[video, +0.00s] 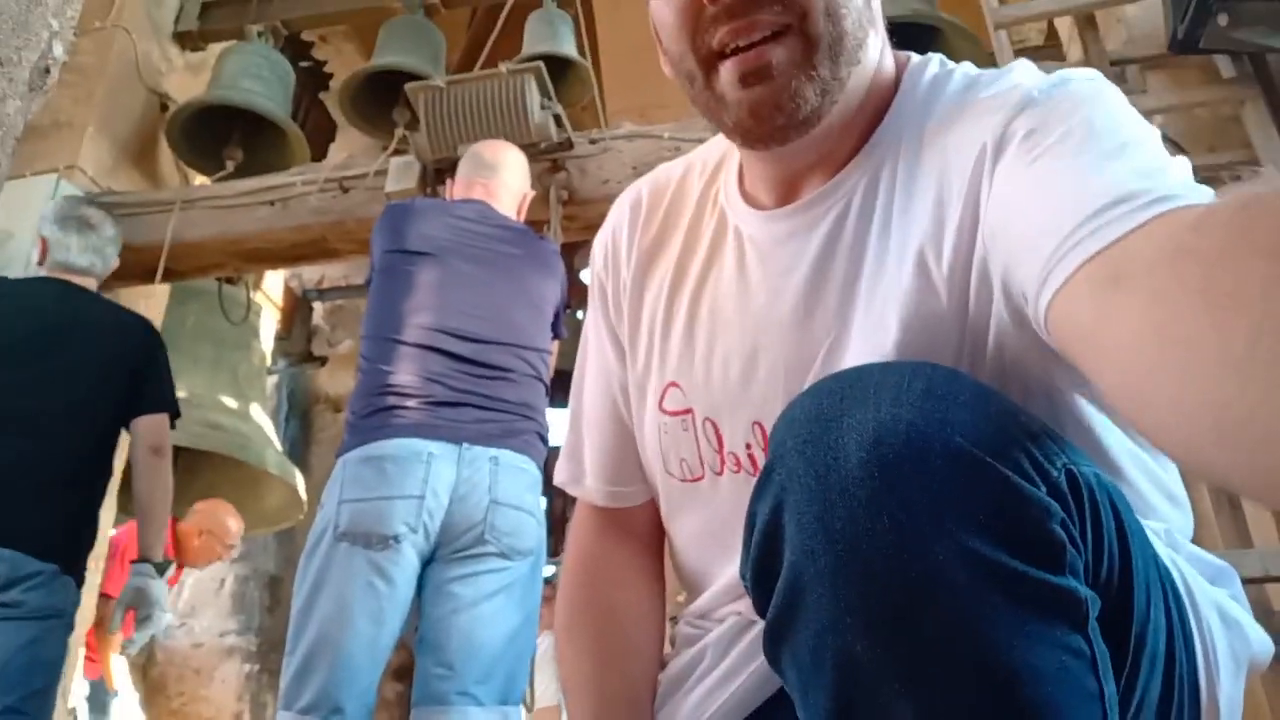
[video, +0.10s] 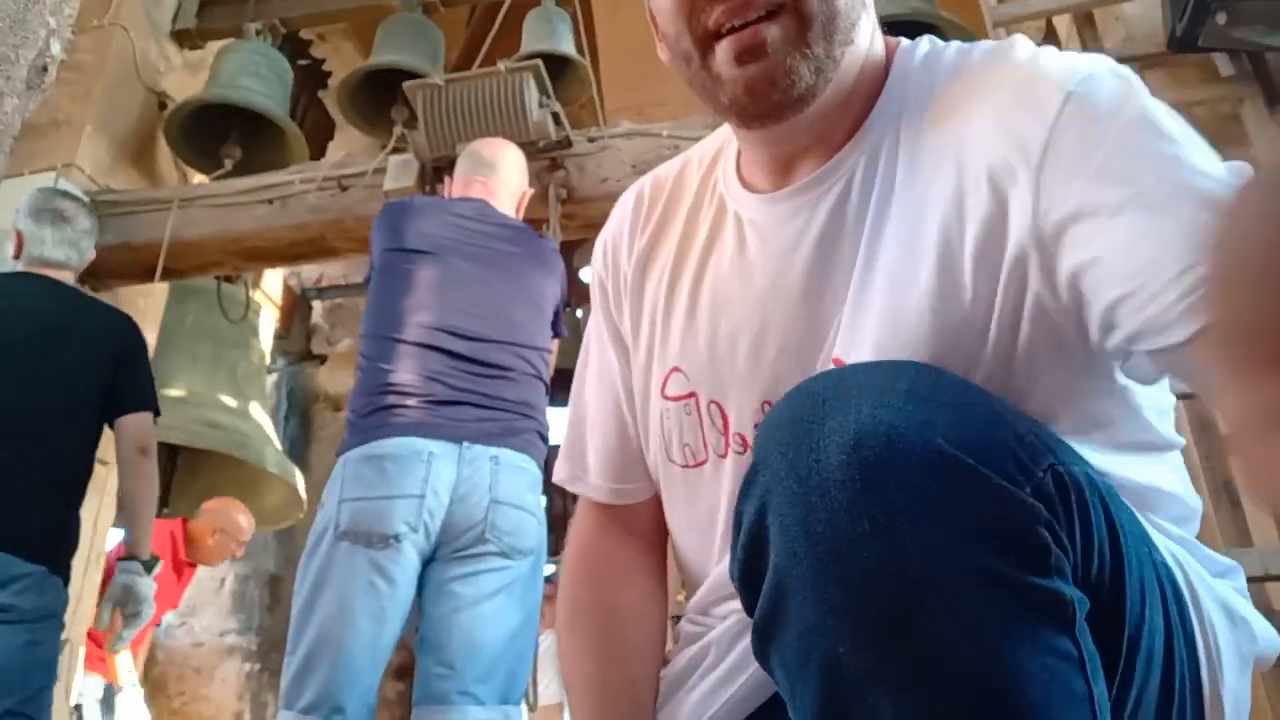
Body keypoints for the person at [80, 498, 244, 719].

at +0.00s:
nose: (225, 558)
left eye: (231, 550)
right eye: (226, 547)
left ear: (200, 535)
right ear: (200, 535)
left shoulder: (175, 565)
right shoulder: (130, 542)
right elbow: (104, 617)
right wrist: (119, 689)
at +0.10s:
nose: (239, 554)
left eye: (243, 546)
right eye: (239, 544)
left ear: (213, 536)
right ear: (214, 535)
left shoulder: (190, 562)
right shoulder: (148, 543)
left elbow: (148, 624)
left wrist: (133, 683)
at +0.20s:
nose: (252, 553)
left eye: (255, 545)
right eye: (250, 543)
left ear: (226, 534)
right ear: (227, 534)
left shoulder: (202, 564)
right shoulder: (164, 541)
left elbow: (160, 631)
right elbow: (121, 614)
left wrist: (153, 697)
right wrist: (130, 684)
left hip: (134, 668)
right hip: (99, 661)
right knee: (99, 713)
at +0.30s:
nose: (264, 552)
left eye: (267, 544)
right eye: (263, 541)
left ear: (240, 533)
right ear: (240, 533)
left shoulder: (215, 565)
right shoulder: (176, 540)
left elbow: (175, 632)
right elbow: (129, 613)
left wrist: (171, 701)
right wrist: (134, 680)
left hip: (143, 668)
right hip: (107, 657)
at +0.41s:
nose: (273, 549)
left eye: (276, 541)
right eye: (272, 539)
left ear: (250, 532)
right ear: (249, 531)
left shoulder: (225, 565)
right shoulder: (186, 538)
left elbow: (188, 635)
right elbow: (137, 609)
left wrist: (192, 703)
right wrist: (139, 677)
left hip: (150, 668)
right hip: (114, 658)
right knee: (140, 714)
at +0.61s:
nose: (287, 536)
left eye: (290, 528)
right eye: (287, 527)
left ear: (266, 525)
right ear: (265, 524)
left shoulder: (242, 559)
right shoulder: (201, 532)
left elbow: (212, 624)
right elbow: (149, 599)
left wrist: (219, 691)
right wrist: (148, 666)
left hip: (169, 667)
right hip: (132, 657)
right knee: (163, 712)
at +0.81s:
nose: (292, 531)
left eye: (296, 521)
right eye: (290, 518)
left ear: (261, 510)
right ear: (261, 508)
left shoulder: (250, 555)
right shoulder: (211, 531)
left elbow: (223, 630)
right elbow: (155, 597)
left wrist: (232, 693)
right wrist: (155, 664)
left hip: (193, 683)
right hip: (158, 674)